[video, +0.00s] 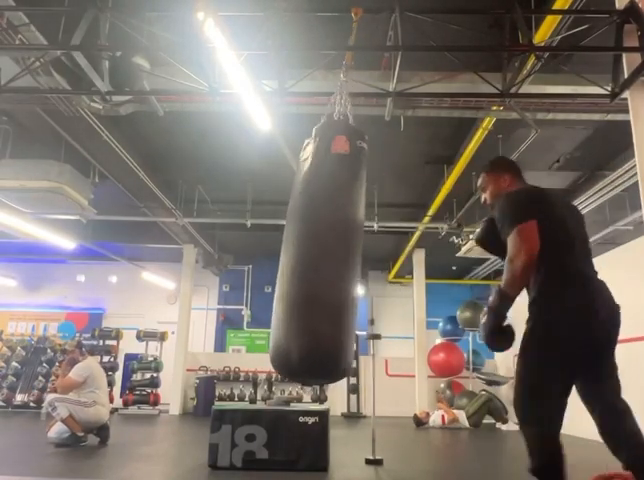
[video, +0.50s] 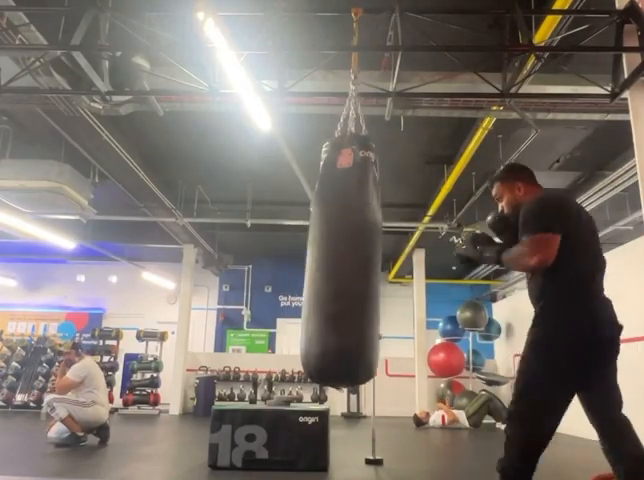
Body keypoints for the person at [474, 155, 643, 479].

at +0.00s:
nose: (484, 200)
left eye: (484, 189)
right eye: (481, 192)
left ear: (504, 178)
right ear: (516, 179)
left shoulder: (513, 200)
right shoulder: (562, 204)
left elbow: (524, 252)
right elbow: (561, 263)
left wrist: (495, 313)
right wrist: (505, 249)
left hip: (557, 310)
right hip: (598, 304)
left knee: (535, 409)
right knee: (606, 402)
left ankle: (548, 473)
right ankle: (640, 466)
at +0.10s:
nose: (503, 203)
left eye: (505, 192)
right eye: (501, 196)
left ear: (526, 184)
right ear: (532, 185)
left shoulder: (538, 208)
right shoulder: (585, 216)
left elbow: (543, 263)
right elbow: (575, 277)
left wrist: (511, 313)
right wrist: (525, 256)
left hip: (565, 330)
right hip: (605, 325)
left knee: (558, 427)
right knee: (615, 420)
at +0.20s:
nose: (513, 209)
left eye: (515, 199)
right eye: (511, 202)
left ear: (537, 190)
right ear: (545, 192)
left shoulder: (548, 216)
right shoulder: (589, 221)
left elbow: (560, 266)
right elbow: (584, 282)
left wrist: (516, 306)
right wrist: (530, 259)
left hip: (581, 342)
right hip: (620, 338)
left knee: (560, 434)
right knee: (627, 431)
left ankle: (613, 477)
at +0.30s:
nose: (507, 202)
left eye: (508, 192)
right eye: (505, 195)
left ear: (530, 182)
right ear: (532, 183)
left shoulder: (550, 202)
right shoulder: (583, 209)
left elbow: (562, 249)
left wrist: (512, 273)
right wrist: (525, 246)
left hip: (577, 320)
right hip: (614, 320)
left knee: (529, 399)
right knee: (631, 415)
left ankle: (582, 474)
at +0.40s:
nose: (501, 201)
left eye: (501, 190)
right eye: (498, 193)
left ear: (521, 179)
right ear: (523, 179)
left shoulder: (545, 195)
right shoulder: (580, 204)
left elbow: (551, 245)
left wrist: (504, 254)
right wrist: (518, 233)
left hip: (568, 310)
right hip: (607, 308)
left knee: (529, 396)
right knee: (612, 408)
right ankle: (639, 470)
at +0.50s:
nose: (499, 210)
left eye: (499, 199)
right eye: (497, 203)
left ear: (519, 187)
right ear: (526, 187)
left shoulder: (542, 204)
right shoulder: (573, 209)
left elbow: (539, 254)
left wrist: (495, 255)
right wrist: (518, 236)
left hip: (561, 326)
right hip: (597, 323)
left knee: (528, 419)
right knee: (608, 417)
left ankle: (513, 473)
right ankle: (634, 471)